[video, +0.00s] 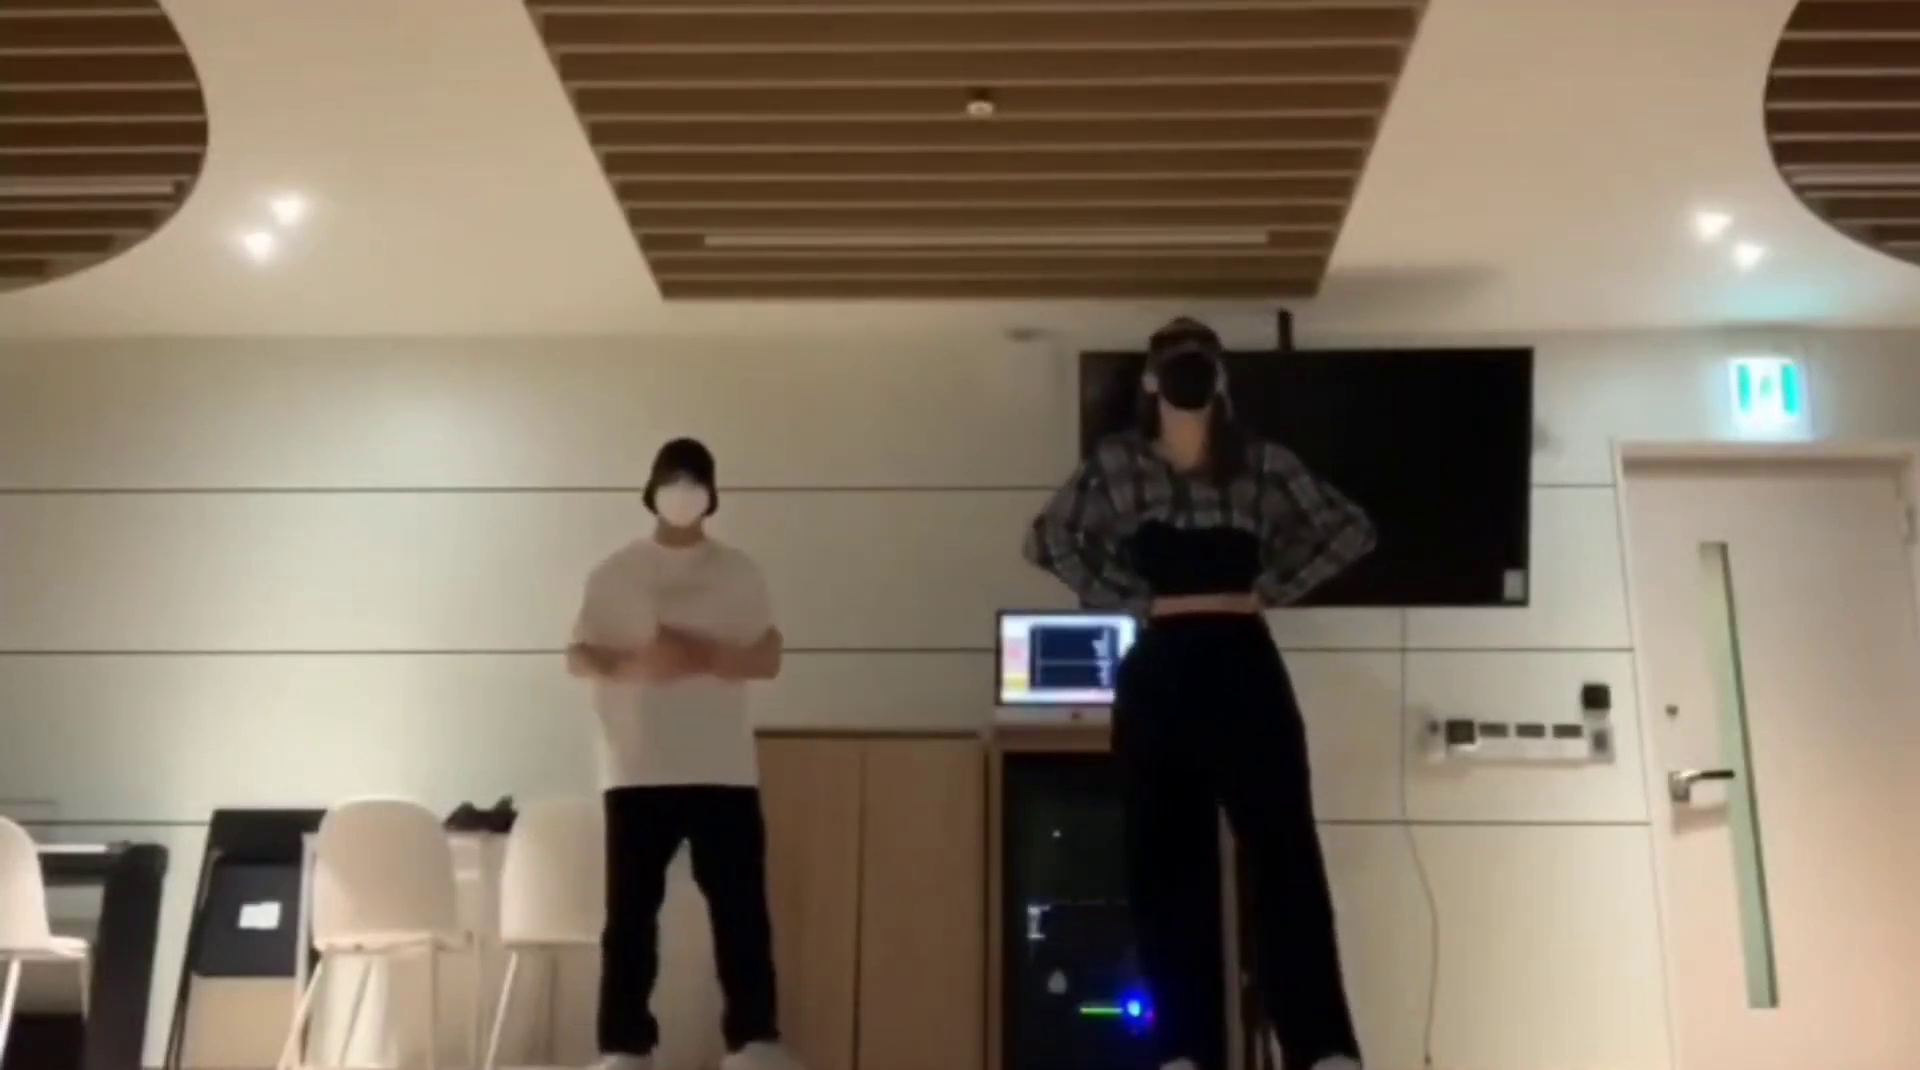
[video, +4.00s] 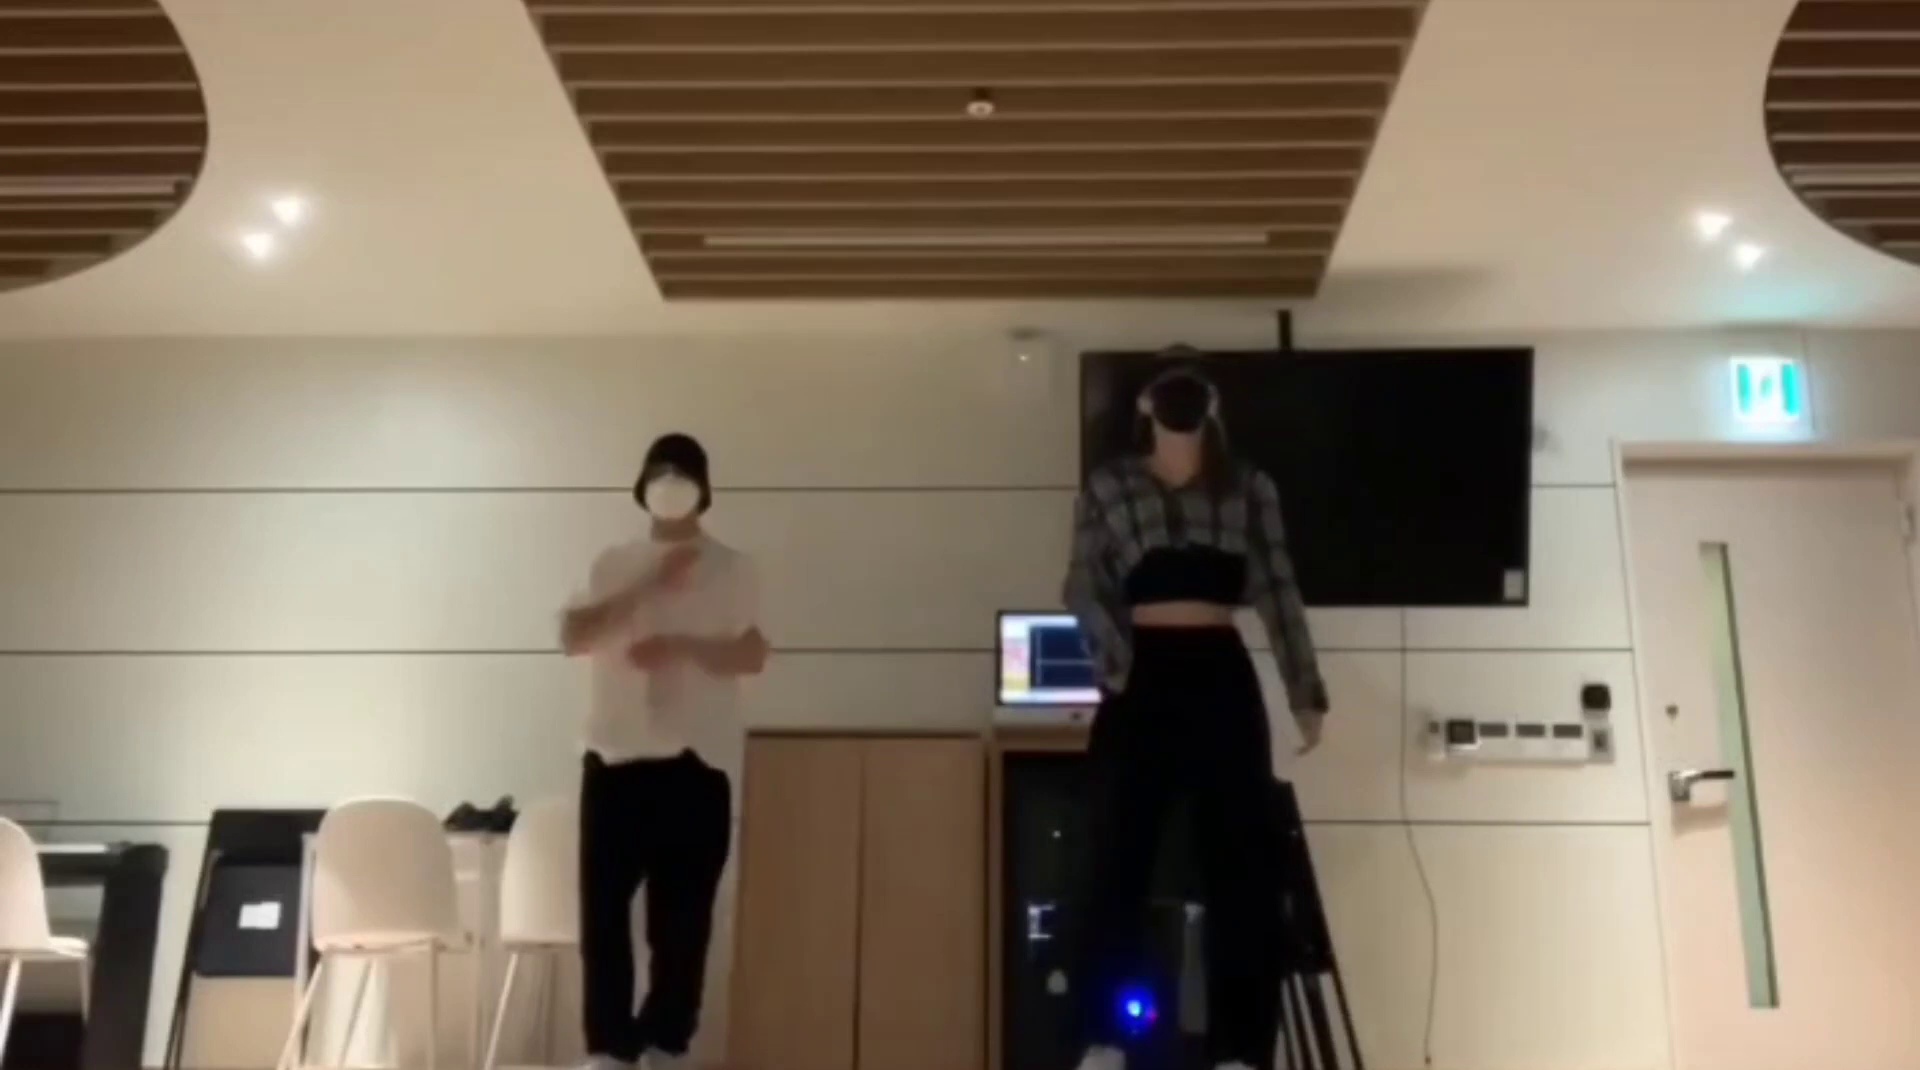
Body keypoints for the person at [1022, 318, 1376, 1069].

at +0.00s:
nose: (1189, 368)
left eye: (1199, 356)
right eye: (1174, 358)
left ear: (1221, 376)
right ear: (1150, 379)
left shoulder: (1264, 464)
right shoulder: (1116, 465)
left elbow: (1352, 530)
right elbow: (1049, 538)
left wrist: (1277, 586)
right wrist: (1126, 595)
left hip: (1248, 670)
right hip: (1162, 674)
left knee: (1283, 854)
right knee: (1168, 860)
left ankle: (1321, 1047)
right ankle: (1184, 1046)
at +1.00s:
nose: (1227, 426)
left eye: (1230, 414)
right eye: (1221, 415)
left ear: (1197, 422)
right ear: (1222, 425)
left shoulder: (1296, 496)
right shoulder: (1155, 490)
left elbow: (1373, 561)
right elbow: (1091, 562)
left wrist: (1299, 610)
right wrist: (1160, 619)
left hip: (1273, 685)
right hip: (1191, 687)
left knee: (1275, 865)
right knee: (1183, 863)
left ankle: (1266, 1042)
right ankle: (1191, 1041)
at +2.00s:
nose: (1238, 419)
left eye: (1251, 406)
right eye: (1224, 408)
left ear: (1270, 425)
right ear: (1201, 425)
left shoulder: (1302, 507)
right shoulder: (1170, 498)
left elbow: (1322, 612)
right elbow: (1115, 588)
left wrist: (1334, 704)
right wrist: (1185, 547)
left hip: (1275, 687)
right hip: (1194, 685)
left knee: (1276, 863)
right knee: (1179, 856)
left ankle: (1265, 1040)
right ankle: (1188, 1034)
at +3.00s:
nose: (1206, 441)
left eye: (1217, 430)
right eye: (1192, 430)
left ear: (1237, 445)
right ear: (1168, 443)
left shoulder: (1271, 525)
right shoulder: (1135, 529)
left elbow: (1291, 628)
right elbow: (1119, 632)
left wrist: (1299, 721)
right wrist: (1119, 719)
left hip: (1250, 714)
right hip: (1175, 715)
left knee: (1260, 875)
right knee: (1184, 877)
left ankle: (1262, 1038)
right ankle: (1200, 1038)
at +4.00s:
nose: (1180, 401)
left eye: (1188, 390)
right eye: (1170, 389)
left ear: (1202, 406)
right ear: (1150, 406)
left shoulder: (1250, 489)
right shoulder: (1109, 486)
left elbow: (1279, 591)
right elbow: (1082, 584)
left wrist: (1305, 687)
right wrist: (1119, 663)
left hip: (1223, 682)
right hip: (1143, 682)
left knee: (1240, 860)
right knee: (1120, 855)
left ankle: (1241, 1044)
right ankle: (1103, 1036)